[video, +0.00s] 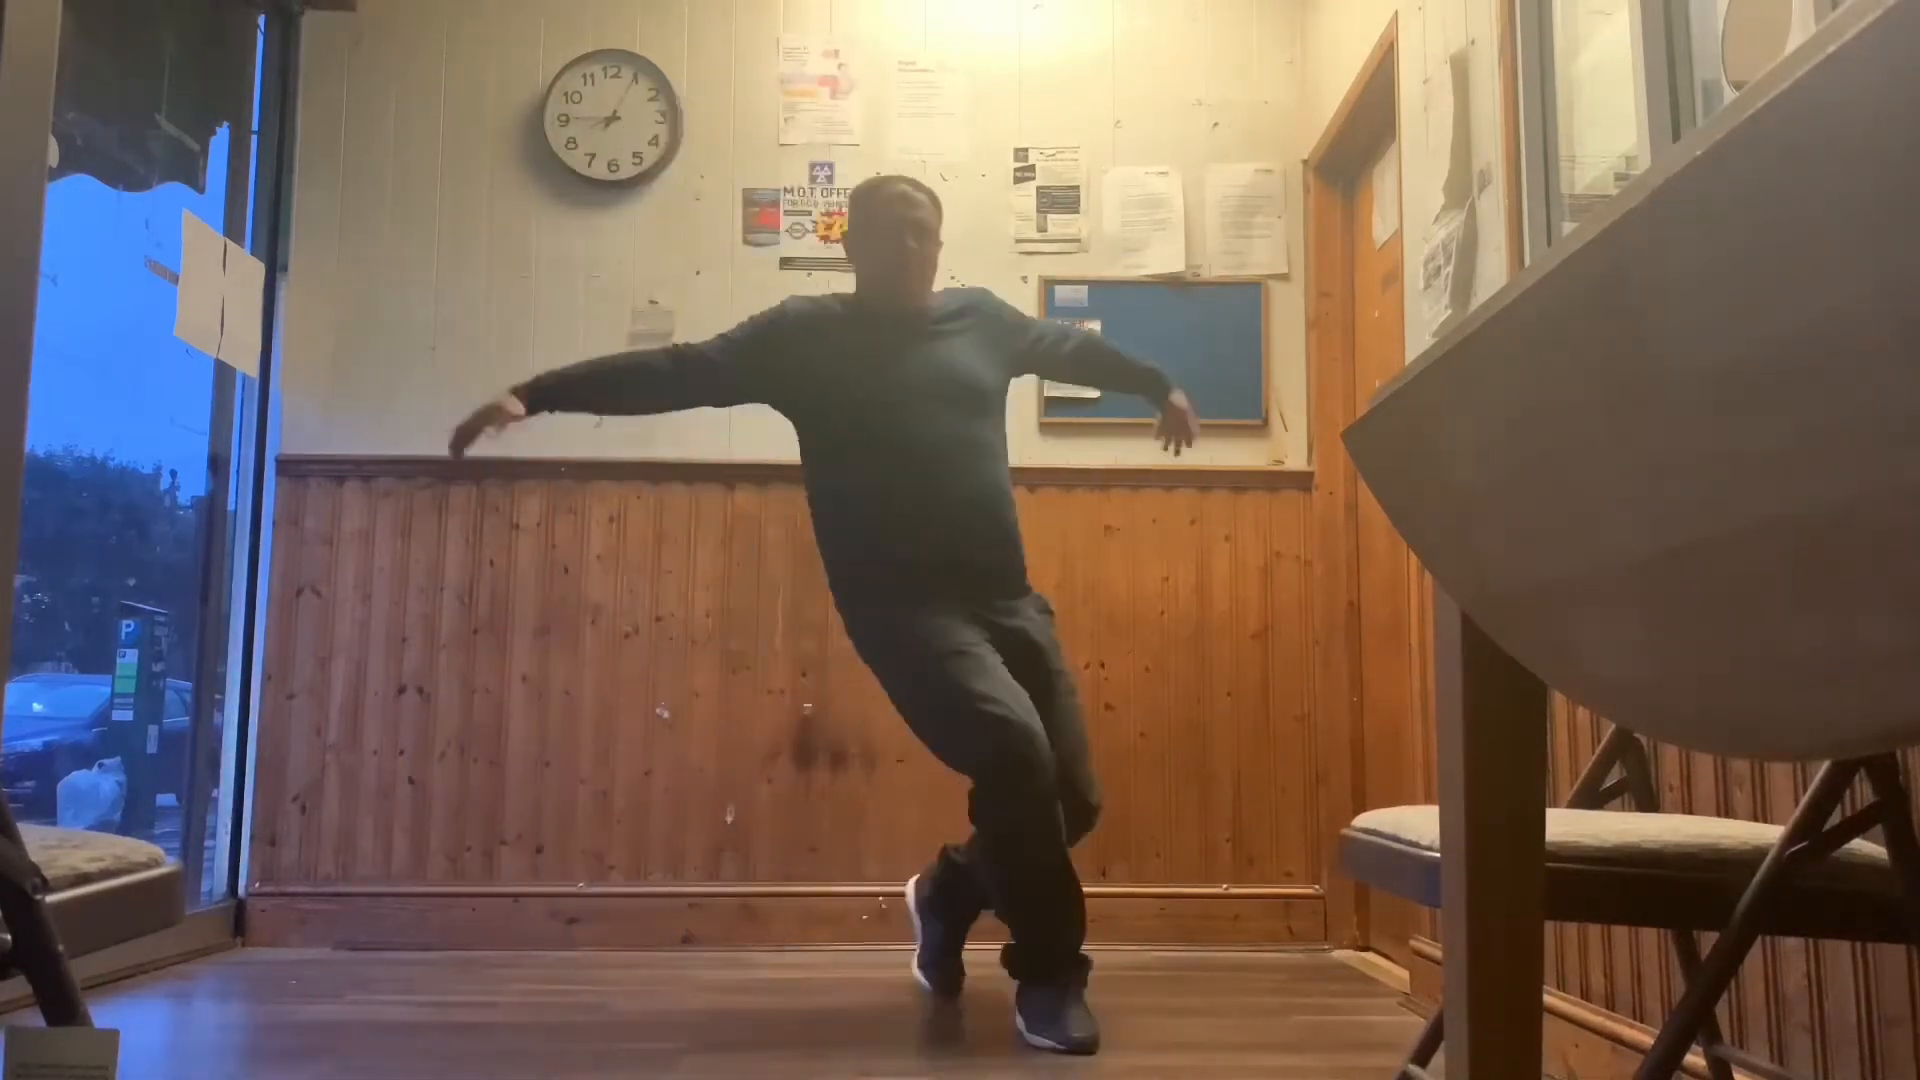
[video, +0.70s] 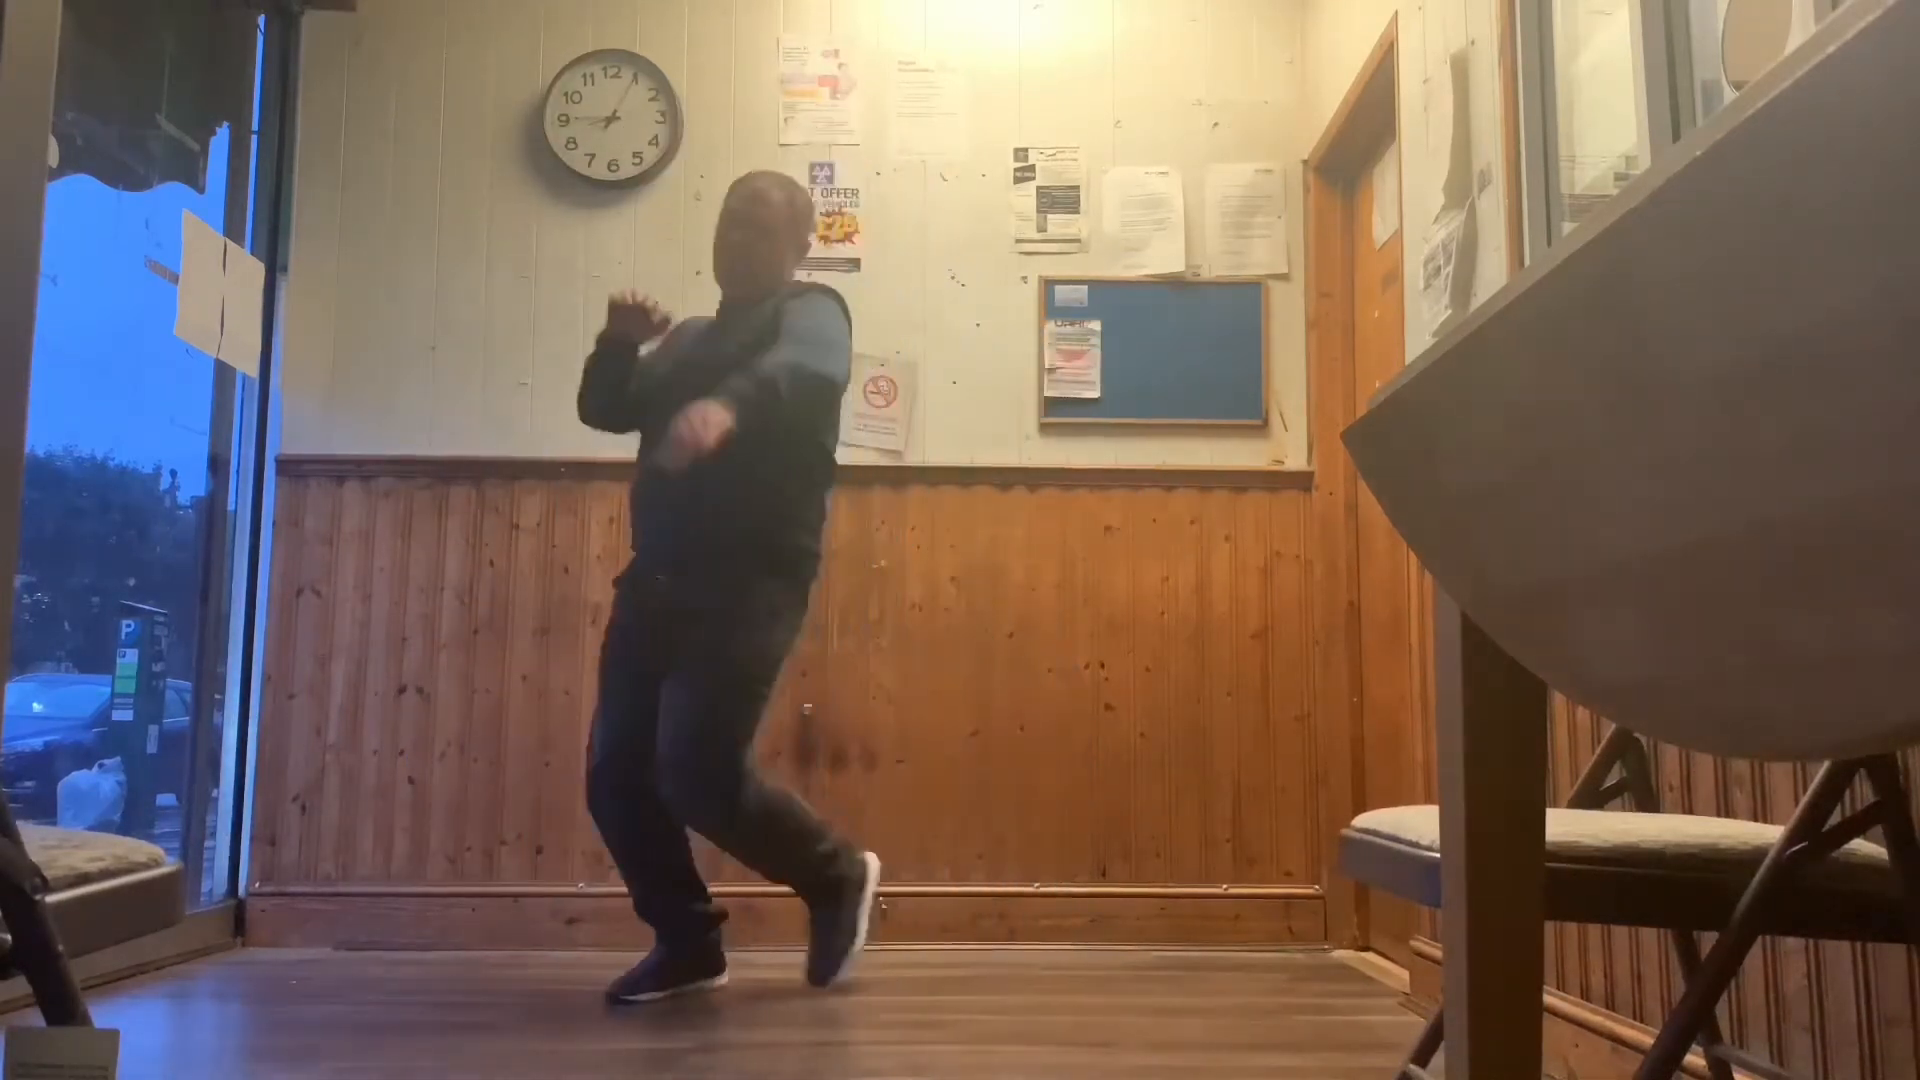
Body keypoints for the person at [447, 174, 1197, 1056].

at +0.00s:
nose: (919, 246)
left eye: (929, 231)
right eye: (898, 229)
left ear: (942, 247)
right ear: (851, 243)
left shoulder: (982, 323)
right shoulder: (801, 337)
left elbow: (1081, 352)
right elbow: (677, 373)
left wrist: (1163, 387)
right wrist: (533, 395)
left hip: (1008, 597)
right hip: (903, 606)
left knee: (1074, 801)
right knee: (1015, 751)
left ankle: (949, 896)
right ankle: (1052, 983)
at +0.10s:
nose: (918, 199)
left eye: (933, 190)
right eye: (898, 187)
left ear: (953, 224)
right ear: (861, 217)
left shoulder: (990, 318)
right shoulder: (807, 329)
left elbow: (1073, 411)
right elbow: (718, 418)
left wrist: (1159, 492)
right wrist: (628, 491)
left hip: (982, 574)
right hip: (875, 583)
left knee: (1035, 771)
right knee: (960, 760)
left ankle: (962, 919)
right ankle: (1041, 966)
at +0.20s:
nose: (899, 200)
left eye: (915, 188)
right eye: (883, 189)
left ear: (945, 216)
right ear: (856, 218)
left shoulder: (986, 327)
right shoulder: (808, 323)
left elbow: (1028, 444)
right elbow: (751, 439)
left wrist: (1046, 520)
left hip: (957, 567)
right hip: (849, 572)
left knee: (991, 753)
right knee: (893, 717)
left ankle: (963, 941)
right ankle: (951, 938)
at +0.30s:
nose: (865, 178)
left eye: (885, 171)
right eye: (851, 169)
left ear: (920, 204)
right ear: (830, 201)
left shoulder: (959, 302)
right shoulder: (790, 287)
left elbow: (990, 415)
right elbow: (724, 393)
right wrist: (813, 352)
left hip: (934, 560)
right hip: (819, 557)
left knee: (976, 744)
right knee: (797, 712)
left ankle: (958, 940)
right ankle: (833, 871)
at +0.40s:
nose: (835, 148)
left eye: (856, 138)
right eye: (822, 137)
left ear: (891, 170)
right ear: (803, 160)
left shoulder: (922, 250)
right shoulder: (757, 250)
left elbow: (943, 314)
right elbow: (693, 358)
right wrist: (759, 342)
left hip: (890, 528)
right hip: (780, 524)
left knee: (914, 728)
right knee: (734, 708)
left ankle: (935, 929)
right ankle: (743, 885)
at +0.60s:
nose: (761, 208)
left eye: (785, 200)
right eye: (751, 200)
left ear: (834, 231)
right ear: (741, 225)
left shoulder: (836, 291)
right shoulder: (714, 329)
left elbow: (824, 260)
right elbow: (647, 428)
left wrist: (720, 263)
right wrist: (667, 367)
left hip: (786, 570)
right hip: (692, 567)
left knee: (765, 765)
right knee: (663, 769)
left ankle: (854, 912)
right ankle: (690, 940)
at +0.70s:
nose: (737, 242)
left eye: (758, 229)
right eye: (730, 224)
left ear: (798, 245)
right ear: (717, 233)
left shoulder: (813, 313)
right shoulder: (696, 339)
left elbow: (794, 376)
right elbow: (607, 409)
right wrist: (619, 344)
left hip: (750, 585)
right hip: (659, 578)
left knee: (694, 777)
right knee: (620, 778)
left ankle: (836, 876)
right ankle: (687, 942)